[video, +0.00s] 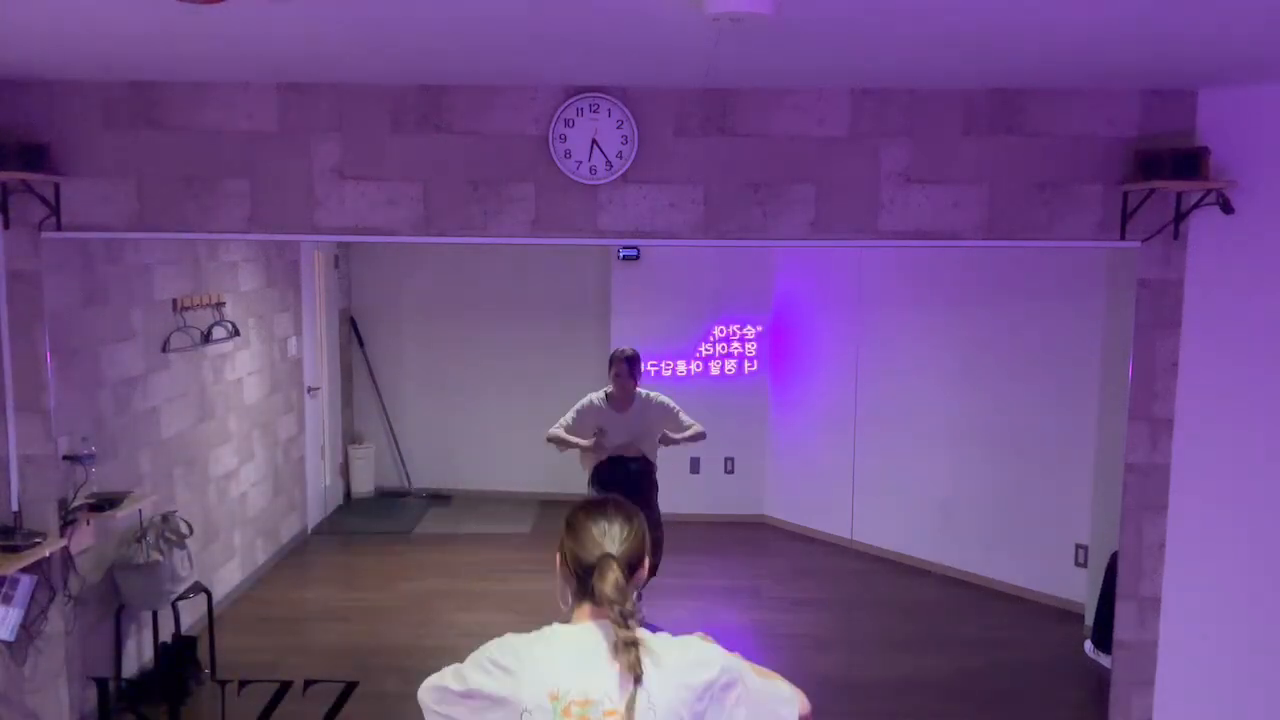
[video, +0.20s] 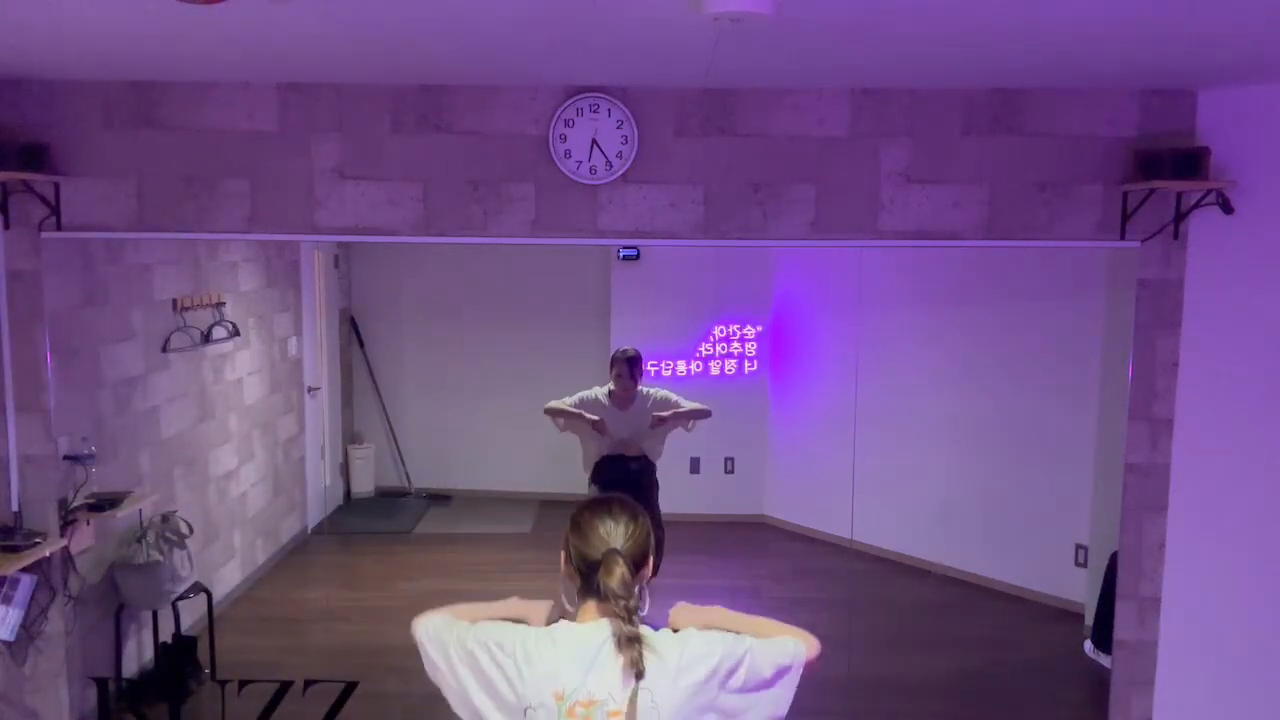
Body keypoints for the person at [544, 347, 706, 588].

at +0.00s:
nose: (621, 381)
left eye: (627, 375)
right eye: (617, 375)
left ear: (637, 376)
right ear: (610, 375)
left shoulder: (654, 403)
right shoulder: (594, 404)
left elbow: (699, 432)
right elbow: (554, 434)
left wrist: (676, 439)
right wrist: (584, 444)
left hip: (642, 484)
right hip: (604, 482)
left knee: (652, 552)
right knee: (603, 542)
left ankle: (636, 596)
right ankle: (602, 598)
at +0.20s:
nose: (625, 383)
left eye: (631, 377)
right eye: (619, 377)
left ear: (639, 376)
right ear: (611, 374)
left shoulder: (654, 398)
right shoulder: (596, 397)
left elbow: (704, 412)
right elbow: (551, 408)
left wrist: (671, 416)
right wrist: (585, 417)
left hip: (642, 479)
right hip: (604, 477)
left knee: (650, 534)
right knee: (601, 531)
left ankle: (645, 584)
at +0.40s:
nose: (621, 348)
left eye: (627, 343)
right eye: (616, 342)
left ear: (637, 345)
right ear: (610, 343)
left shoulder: (652, 367)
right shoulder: (596, 364)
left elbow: (698, 369)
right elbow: (549, 360)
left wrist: (662, 392)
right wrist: (582, 391)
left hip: (640, 445)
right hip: (601, 443)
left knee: (652, 500)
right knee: (598, 496)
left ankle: (651, 551)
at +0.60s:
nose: (615, 320)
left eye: (621, 315)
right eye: (611, 314)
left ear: (633, 320)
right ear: (606, 317)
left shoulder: (649, 346)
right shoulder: (590, 342)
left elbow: (682, 380)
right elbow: (549, 369)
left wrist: (651, 409)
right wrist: (574, 407)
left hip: (637, 434)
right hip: (593, 431)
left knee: (639, 498)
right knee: (593, 497)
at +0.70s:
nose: (612, 322)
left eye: (619, 317)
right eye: (609, 316)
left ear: (631, 323)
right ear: (603, 320)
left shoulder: (647, 355)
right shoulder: (586, 351)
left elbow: (664, 406)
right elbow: (553, 391)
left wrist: (640, 441)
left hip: (635, 442)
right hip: (592, 438)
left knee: (640, 507)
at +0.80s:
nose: (613, 333)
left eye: (620, 328)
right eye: (609, 327)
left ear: (630, 334)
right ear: (603, 331)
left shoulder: (644, 372)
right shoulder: (583, 369)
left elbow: (645, 430)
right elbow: (571, 417)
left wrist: (630, 469)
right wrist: (579, 458)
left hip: (633, 459)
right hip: (591, 454)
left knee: (643, 520)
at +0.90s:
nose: (614, 349)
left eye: (621, 344)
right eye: (610, 342)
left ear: (630, 350)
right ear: (602, 345)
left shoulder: (642, 389)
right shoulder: (580, 383)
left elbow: (636, 446)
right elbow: (569, 433)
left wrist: (629, 492)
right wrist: (568, 476)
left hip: (627, 466)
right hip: (587, 464)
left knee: (644, 527)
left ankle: (631, 589)